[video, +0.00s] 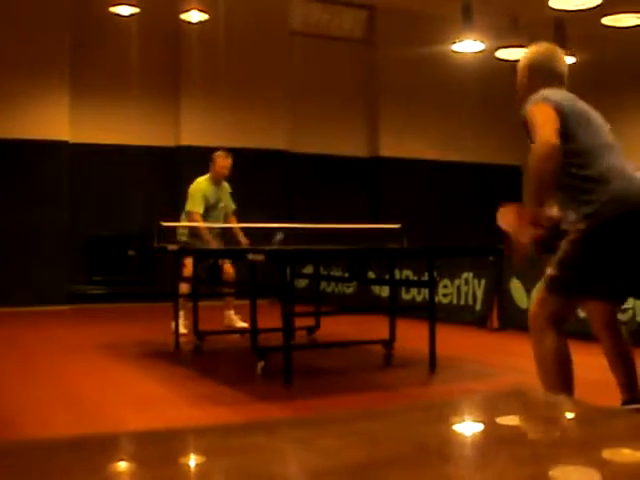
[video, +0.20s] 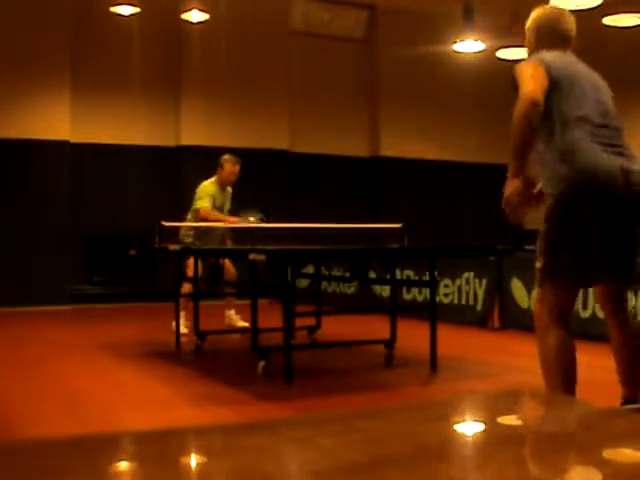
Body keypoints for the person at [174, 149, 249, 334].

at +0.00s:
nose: (225, 171)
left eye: (227, 168)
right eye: (222, 167)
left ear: (229, 168)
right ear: (212, 166)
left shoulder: (224, 187)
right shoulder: (199, 186)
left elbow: (230, 216)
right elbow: (195, 218)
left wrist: (240, 236)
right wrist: (210, 241)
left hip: (212, 237)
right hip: (190, 238)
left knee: (228, 271)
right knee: (188, 272)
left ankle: (229, 313)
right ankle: (182, 317)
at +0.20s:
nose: (234, 176)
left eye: (236, 173)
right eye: (231, 172)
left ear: (236, 173)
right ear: (220, 170)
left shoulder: (228, 191)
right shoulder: (206, 187)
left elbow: (224, 217)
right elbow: (203, 212)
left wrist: (227, 238)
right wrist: (227, 219)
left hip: (213, 240)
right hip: (193, 240)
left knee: (230, 272)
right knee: (192, 275)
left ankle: (230, 313)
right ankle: (182, 318)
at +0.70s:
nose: (233, 159)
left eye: (236, 156)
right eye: (230, 155)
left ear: (240, 159)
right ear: (222, 157)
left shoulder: (240, 180)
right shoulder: (212, 177)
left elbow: (245, 211)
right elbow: (205, 207)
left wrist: (254, 234)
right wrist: (219, 225)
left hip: (228, 236)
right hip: (206, 235)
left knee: (235, 272)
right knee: (200, 270)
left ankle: (232, 312)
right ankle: (188, 311)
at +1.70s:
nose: (250, 170)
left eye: (253, 167)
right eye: (247, 166)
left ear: (256, 170)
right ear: (240, 166)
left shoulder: (252, 189)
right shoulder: (228, 181)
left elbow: (251, 219)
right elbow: (222, 206)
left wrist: (256, 243)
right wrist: (228, 229)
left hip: (240, 237)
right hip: (219, 237)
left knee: (257, 270)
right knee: (205, 273)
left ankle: (260, 310)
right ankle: (194, 313)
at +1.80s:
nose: (253, 168)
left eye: (256, 166)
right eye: (251, 164)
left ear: (259, 169)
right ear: (243, 163)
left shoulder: (253, 190)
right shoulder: (229, 177)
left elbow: (252, 220)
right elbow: (224, 181)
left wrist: (257, 242)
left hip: (242, 240)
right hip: (220, 238)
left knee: (258, 272)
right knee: (206, 273)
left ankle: (260, 310)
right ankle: (195, 313)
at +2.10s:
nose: (244, 164)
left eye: (247, 161)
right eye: (241, 160)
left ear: (250, 165)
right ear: (233, 160)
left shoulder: (251, 189)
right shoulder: (219, 180)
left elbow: (262, 213)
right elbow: (201, 199)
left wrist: (272, 230)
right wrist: (212, 192)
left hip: (242, 240)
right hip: (217, 238)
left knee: (258, 272)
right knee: (203, 273)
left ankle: (261, 311)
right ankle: (185, 306)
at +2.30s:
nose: (224, 164)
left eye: (227, 160)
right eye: (221, 159)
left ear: (229, 163)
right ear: (211, 160)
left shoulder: (231, 187)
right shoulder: (198, 181)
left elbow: (248, 211)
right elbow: (189, 205)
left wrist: (264, 212)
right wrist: (211, 207)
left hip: (227, 241)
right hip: (202, 240)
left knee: (244, 274)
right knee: (191, 279)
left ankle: (257, 310)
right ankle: (182, 312)